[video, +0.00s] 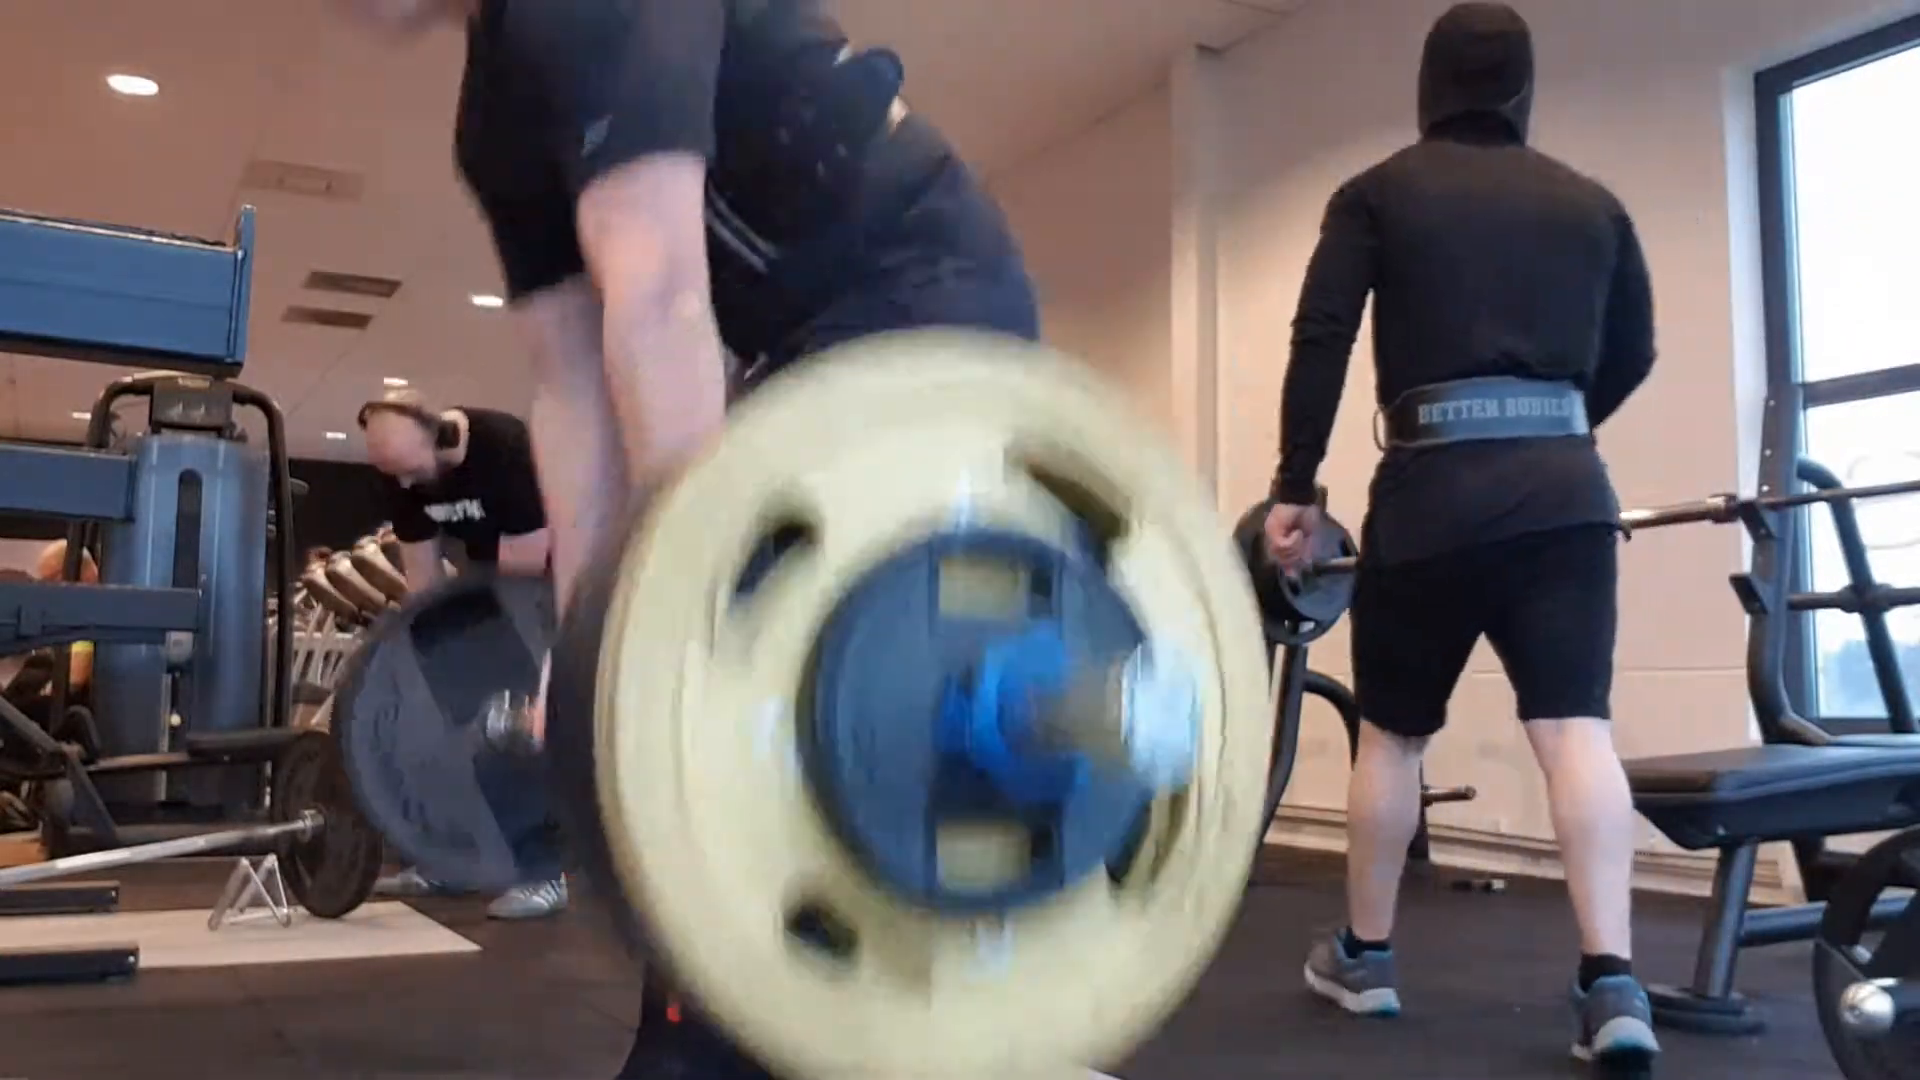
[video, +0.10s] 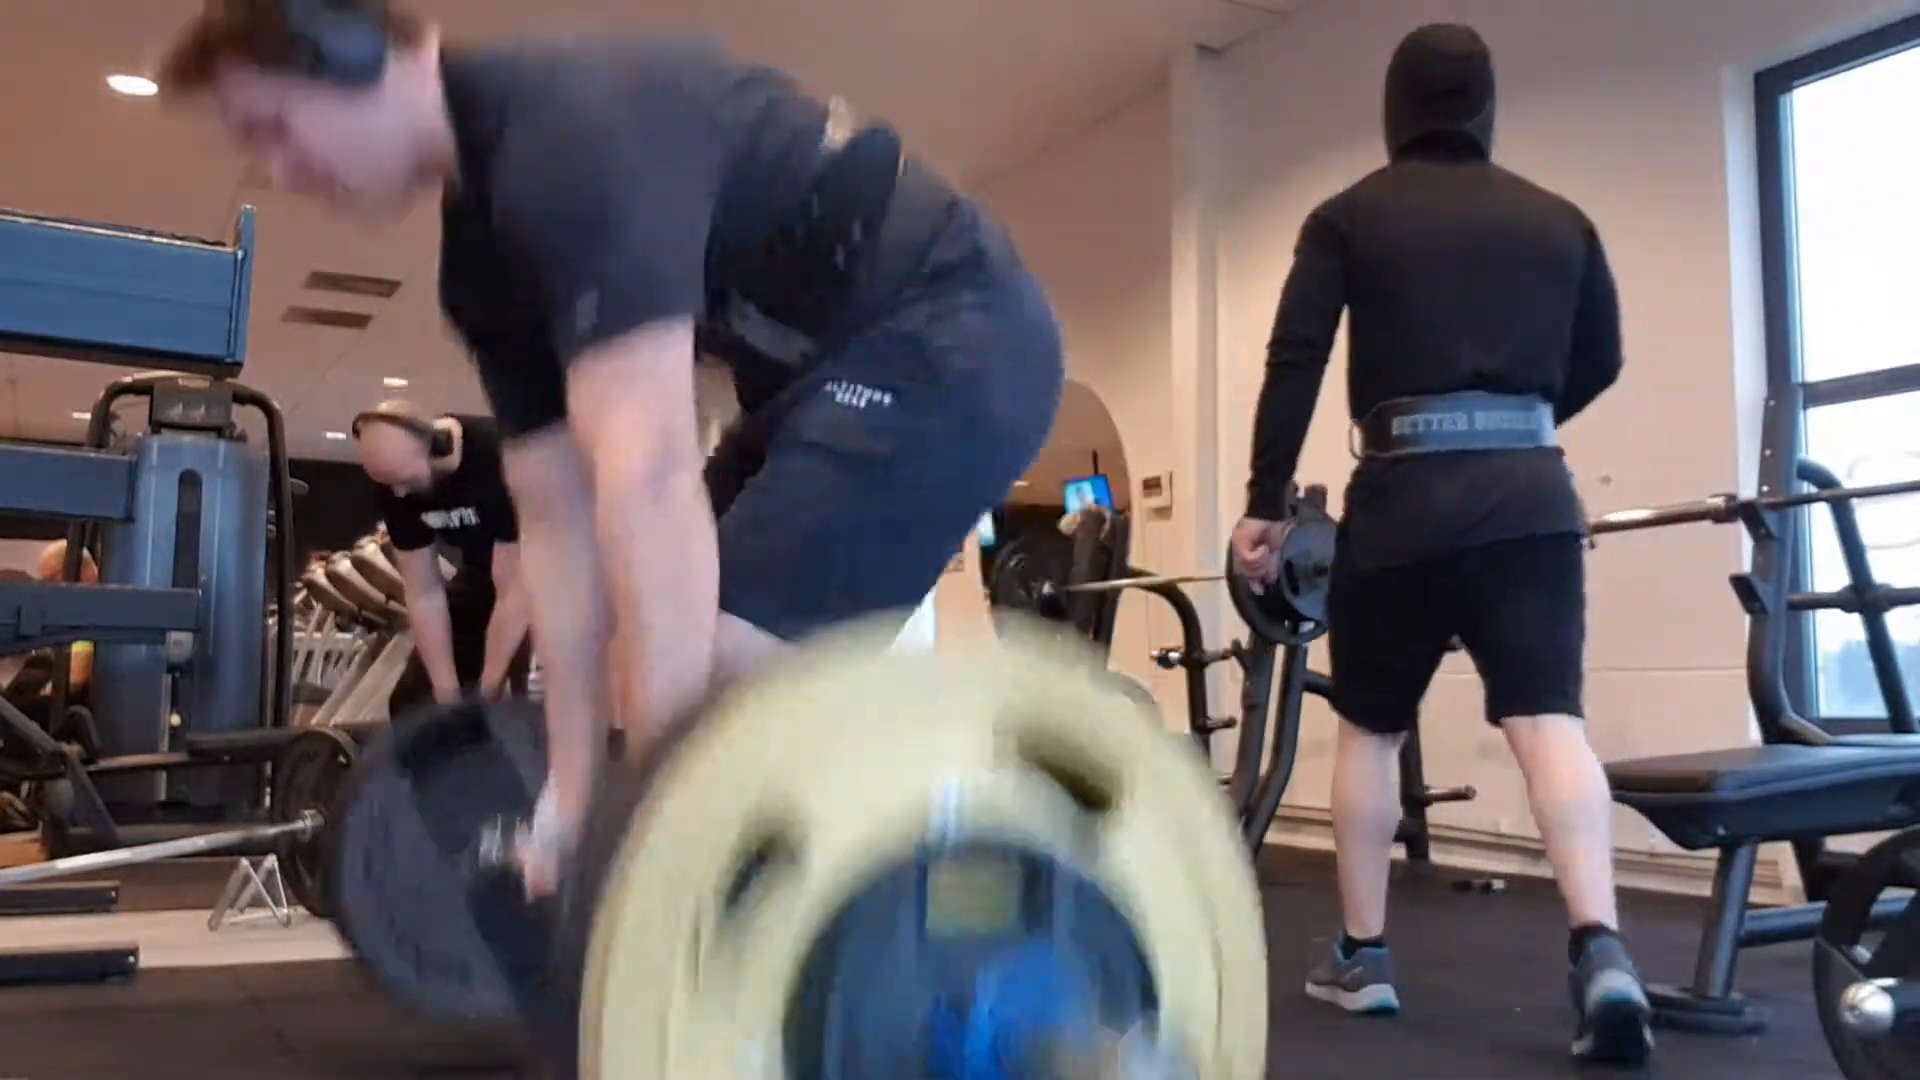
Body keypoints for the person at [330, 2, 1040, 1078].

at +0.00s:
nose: (354, 7)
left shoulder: (594, 12)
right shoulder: (494, 115)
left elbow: (662, 296)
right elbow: (563, 373)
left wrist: (689, 589)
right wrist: (582, 644)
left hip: (915, 318)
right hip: (782, 358)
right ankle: (695, 1028)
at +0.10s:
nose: (277, 171)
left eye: (272, 127)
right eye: (253, 149)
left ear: (353, 53)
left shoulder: (581, 130)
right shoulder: (477, 253)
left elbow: (653, 476)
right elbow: (555, 518)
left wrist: (663, 802)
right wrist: (570, 786)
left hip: (945, 333)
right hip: (817, 377)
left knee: (717, 654)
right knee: (649, 649)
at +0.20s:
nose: (279, 389)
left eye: (267, 350)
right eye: (257, 364)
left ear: (320, 283)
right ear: (340, 269)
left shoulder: (565, 309)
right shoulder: (470, 393)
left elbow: (674, 621)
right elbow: (560, 630)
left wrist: (688, 921)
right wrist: (570, 861)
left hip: (964, 398)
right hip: (845, 420)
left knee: (686, 679)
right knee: (596, 654)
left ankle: (716, 998)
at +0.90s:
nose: (272, 203)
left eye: (275, 161)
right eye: (256, 178)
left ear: (361, 103)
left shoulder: (563, 244)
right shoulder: (461, 329)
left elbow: (648, 580)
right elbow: (535, 590)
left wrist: (653, 906)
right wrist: (535, 845)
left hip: (924, 439)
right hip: (817, 463)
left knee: (600, 675)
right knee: (534, 674)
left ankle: (721, 965)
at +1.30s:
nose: (315, 36)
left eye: (340, 8)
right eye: (319, 15)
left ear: (439, 15)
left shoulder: (600, 151)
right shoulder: (501, 255)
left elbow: (667, 477)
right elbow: (562, 511)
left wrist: (652, 780)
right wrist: (559, 763)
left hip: (942, 391)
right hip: (830, 419)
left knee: (650, 660)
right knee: (582, 653)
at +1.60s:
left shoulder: (643, 15)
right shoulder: (532, 106)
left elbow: (703, 300)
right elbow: (589, 366)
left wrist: (692, 596)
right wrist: (594, 613)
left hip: (921, 328)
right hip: (790, 349)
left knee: (763, 694)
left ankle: (720, 1045)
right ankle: (699, 1036)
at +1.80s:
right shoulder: (547, 17)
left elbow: (732, 153)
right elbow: (609, 248)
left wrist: (758, 465)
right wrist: (621, 493)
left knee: (697, 639)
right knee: (695, 642)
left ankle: (713, 1051)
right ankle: (696, 1042)